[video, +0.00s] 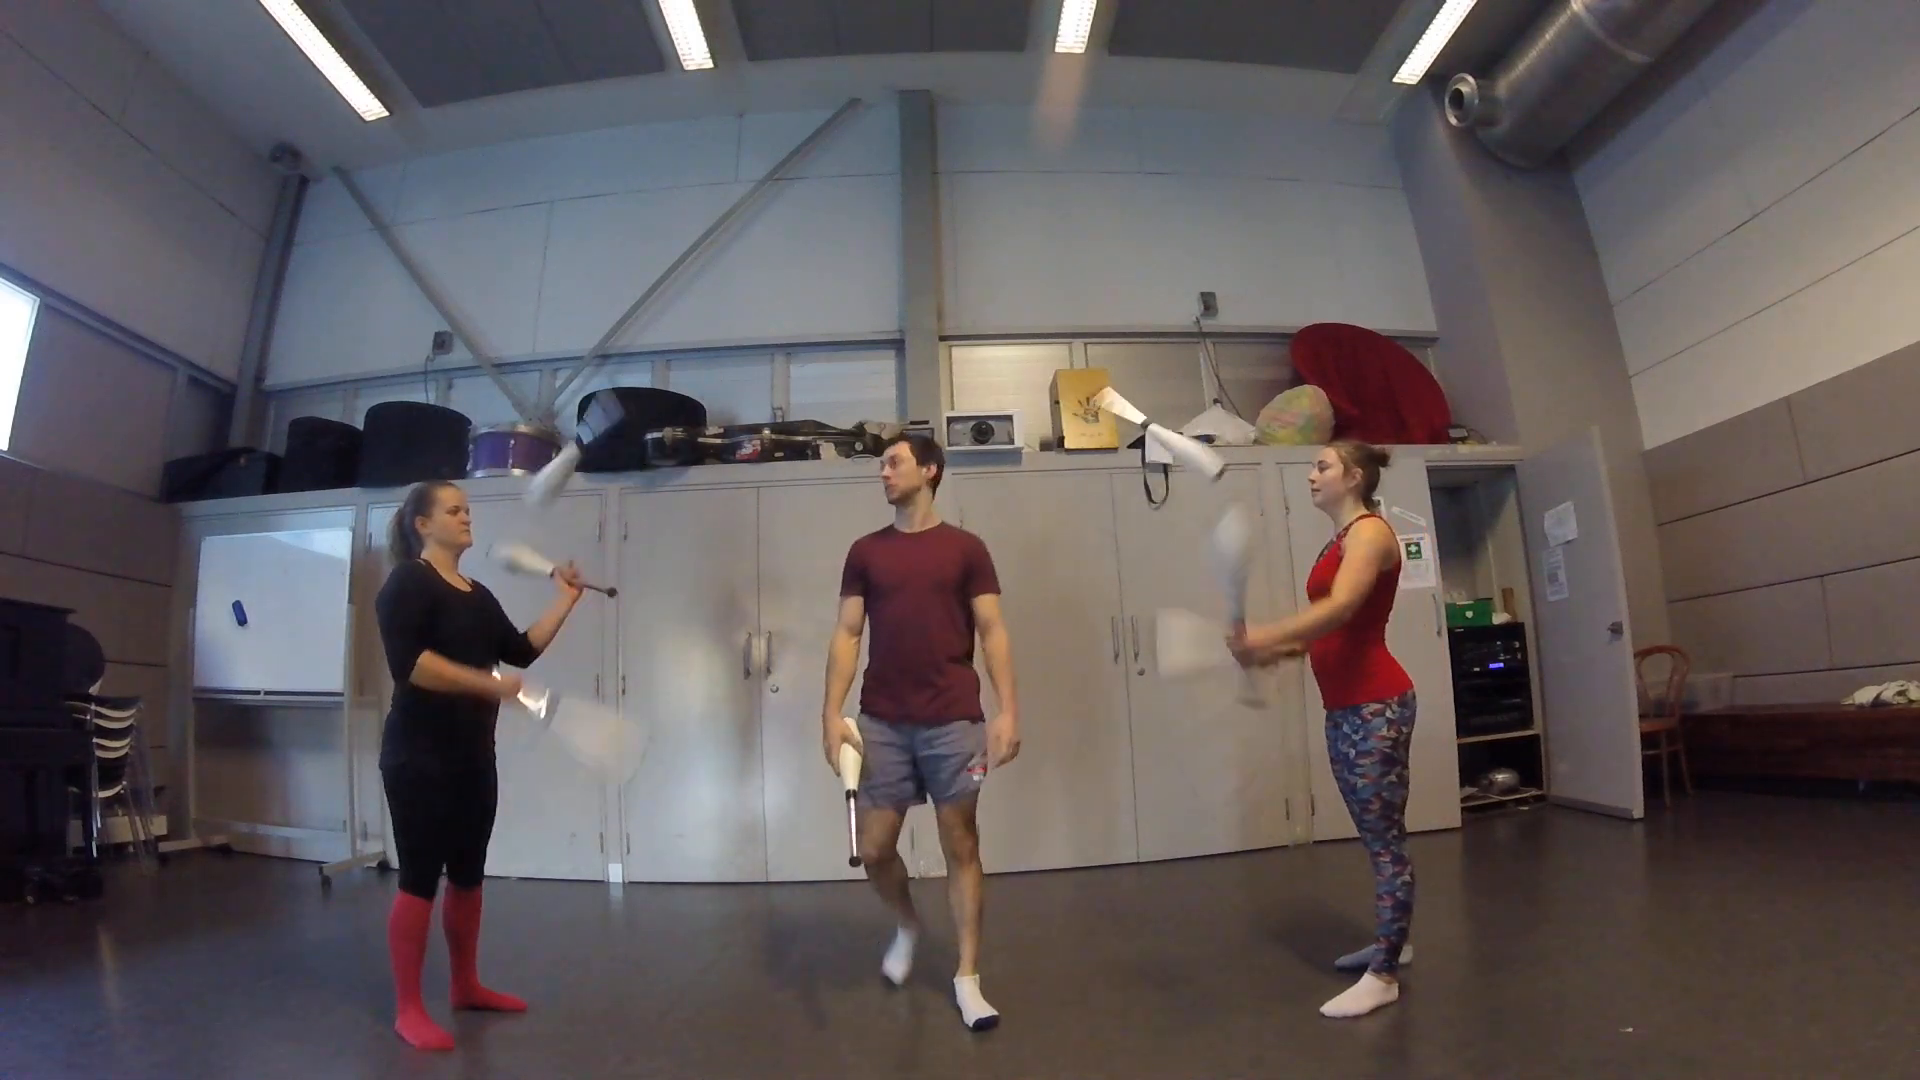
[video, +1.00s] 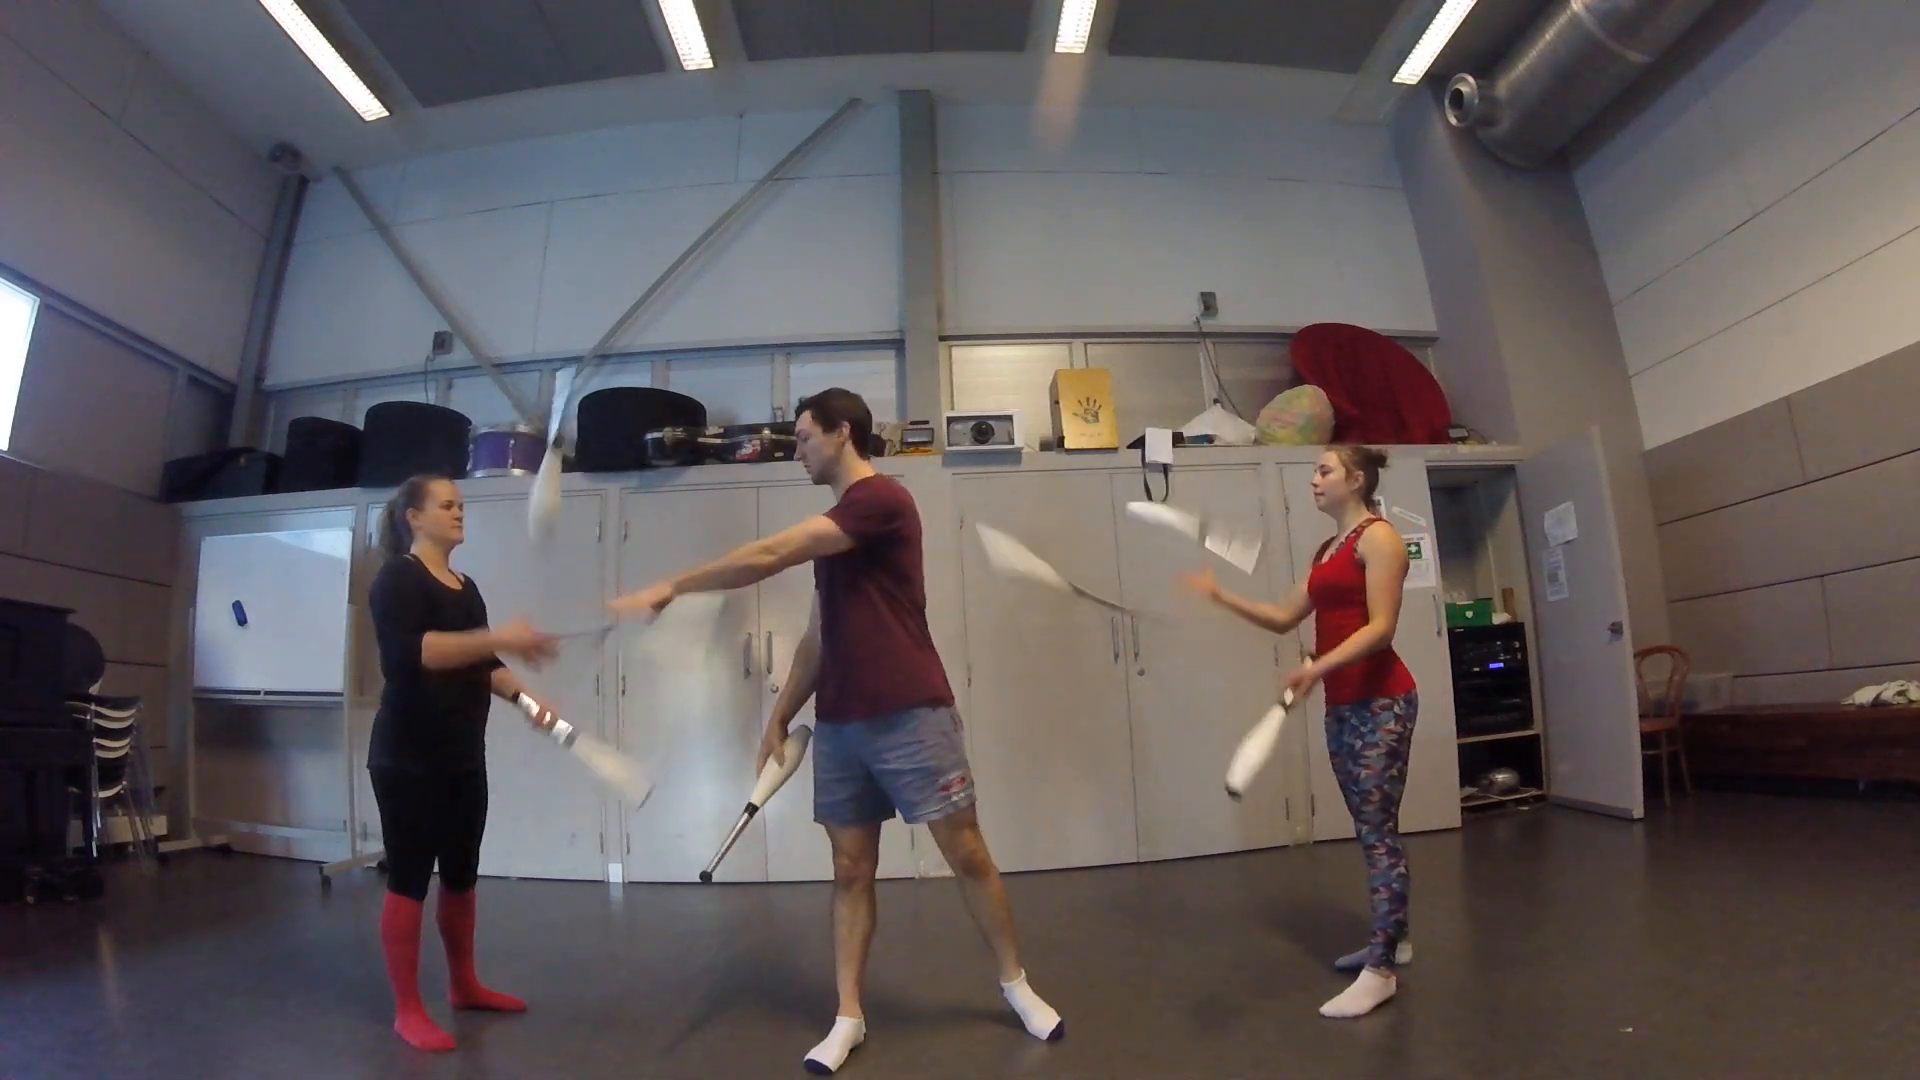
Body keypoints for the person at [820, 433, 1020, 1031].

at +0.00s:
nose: (885, 472)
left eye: (896, 463)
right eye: (883, 464)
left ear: (930, 473)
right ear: (887, 476)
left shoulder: (966, 548)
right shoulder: (866, 551)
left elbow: (992, 631)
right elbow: (846, 634)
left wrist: (1007, 713)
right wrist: (832, 713)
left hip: (952, 719)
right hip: (882, 722)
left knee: (961, 847)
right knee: (874, 852)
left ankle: (968, 976)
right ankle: (908, 925)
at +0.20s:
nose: (873, 462)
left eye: (884, 452)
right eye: (872, 454)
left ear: (921, 459)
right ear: (879, 467)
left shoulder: (966, 535)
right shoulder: (862, 544)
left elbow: (997, 619)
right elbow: (844, 631)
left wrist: (1008, 698)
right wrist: (825, 711)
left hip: (954, 722)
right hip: (879, 722)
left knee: (960, 850)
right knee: (871, 854)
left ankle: (968, 980)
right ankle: (867, 1000)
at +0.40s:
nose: (846, 460)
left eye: (856, 449)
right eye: (845, 451)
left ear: (897, 453)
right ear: (878, 457)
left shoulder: (946, 527)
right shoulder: (841, 541)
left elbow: (965, 617)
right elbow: (824, 634)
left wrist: (922, 674)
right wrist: (804, 719)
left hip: (940, 725)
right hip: (861, 725)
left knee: (956, 857)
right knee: (854, 863)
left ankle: (965, 981)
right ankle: (845, 1016)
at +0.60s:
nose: (818, 451)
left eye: (827, 440)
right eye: (817, 442)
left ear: (868, 442)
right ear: (855, 445)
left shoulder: (915, 511)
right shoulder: (820, 535)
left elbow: (863, 583)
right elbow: (802, 630)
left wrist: (755, 596)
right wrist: (774, 711)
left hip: (917, 714)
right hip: (839, 720)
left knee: (966, 854)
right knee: (844, 866)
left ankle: (990, 971)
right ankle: (845, 1018)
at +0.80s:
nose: (800, 451)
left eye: (807, 439)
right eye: (800, 441)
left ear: (844, 435)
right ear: (842, 437)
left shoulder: (888, 504)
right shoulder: (836, 527)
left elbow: (781, 552)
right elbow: (811, 636)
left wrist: (677, 572)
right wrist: (774, 714)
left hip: (908, 713)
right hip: (836, 722)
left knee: (965, 855)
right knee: (847, 869)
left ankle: (1012, 983)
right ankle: (847, 1016)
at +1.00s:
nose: (798, 452)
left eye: (804, 439)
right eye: (797, 441)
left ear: (842, 434)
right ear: (839, 436)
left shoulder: (883, 499)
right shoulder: (838, 521)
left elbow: (772, 554)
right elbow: (821, 635)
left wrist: (671, 586)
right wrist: (781, 716)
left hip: (912, 710)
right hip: (841, 720)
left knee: (969, 855)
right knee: (851, 870)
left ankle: (1015, 982)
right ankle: (849, 1015)